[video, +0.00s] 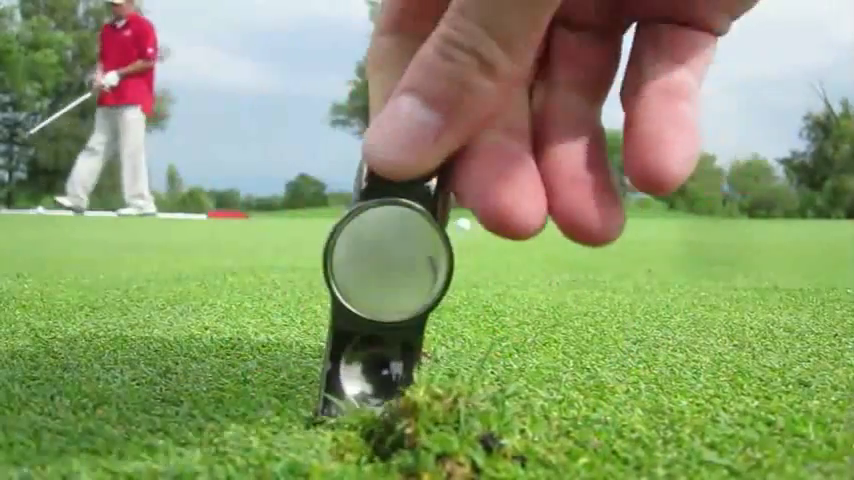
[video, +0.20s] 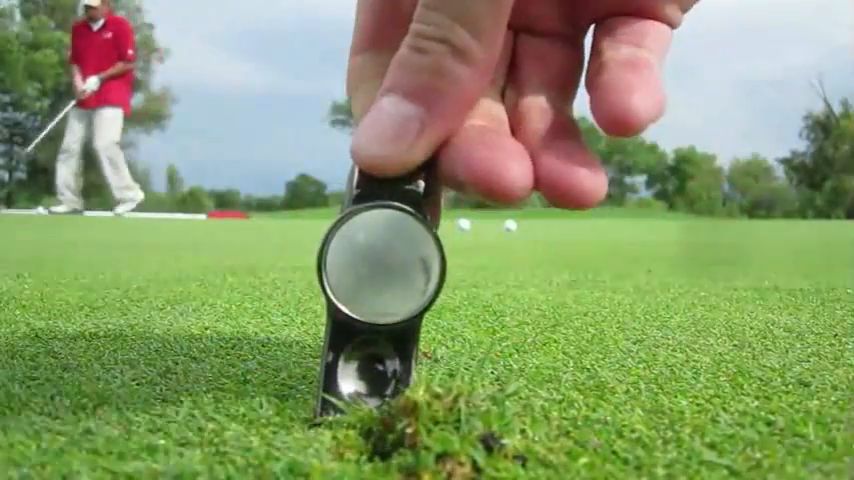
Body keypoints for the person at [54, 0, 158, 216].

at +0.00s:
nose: (114, 7)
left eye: (118, 4)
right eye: (112, 4)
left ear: (130, 4)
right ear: (111, 7)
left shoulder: (143, 26)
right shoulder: (107, 29)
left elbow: (148, 61)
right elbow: (102, 59)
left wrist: (117, 74)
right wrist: (98, 75)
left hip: (132, 97)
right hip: (108, 97)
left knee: (132, 150)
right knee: (96, 147)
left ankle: (140, 202)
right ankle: (76, 197)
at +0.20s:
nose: (89, 12)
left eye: (93, 8)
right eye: (87, 8)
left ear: (106, 6)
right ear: (84, 8)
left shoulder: (120, 26)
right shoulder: (78, 28)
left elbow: (128, 61)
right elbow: (75, 61)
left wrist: (99, 78)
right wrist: (77, 80)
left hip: (111, 94)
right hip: (84, 95)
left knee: (104, 143)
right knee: (70, 148)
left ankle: (129, 194)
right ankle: (69, 201)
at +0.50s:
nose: (77, 5)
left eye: (81, 2)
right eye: (74, 2)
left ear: (92, 2)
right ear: (70, 3)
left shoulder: (107, 23)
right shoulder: (58, 23)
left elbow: (112, 60)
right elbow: (53, 57)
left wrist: (84, 77)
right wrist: (65, 82)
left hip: (96, 95)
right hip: (66, 95)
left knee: (88, 144)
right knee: (62, 148)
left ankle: (80, 197)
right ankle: (66, 198)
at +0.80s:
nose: (76, 17)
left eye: (81, 13)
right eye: (73, 13)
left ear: (91, 9)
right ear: (68, 8)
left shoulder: (104, 30)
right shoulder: (57, 24)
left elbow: (105, 67)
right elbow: (46, 59)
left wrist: (77, 83)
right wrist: (58, 88)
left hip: (87, 97)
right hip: (55, 94)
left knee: (82, 146)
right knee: (40, 138)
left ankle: (75, 201)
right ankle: (55, 194)